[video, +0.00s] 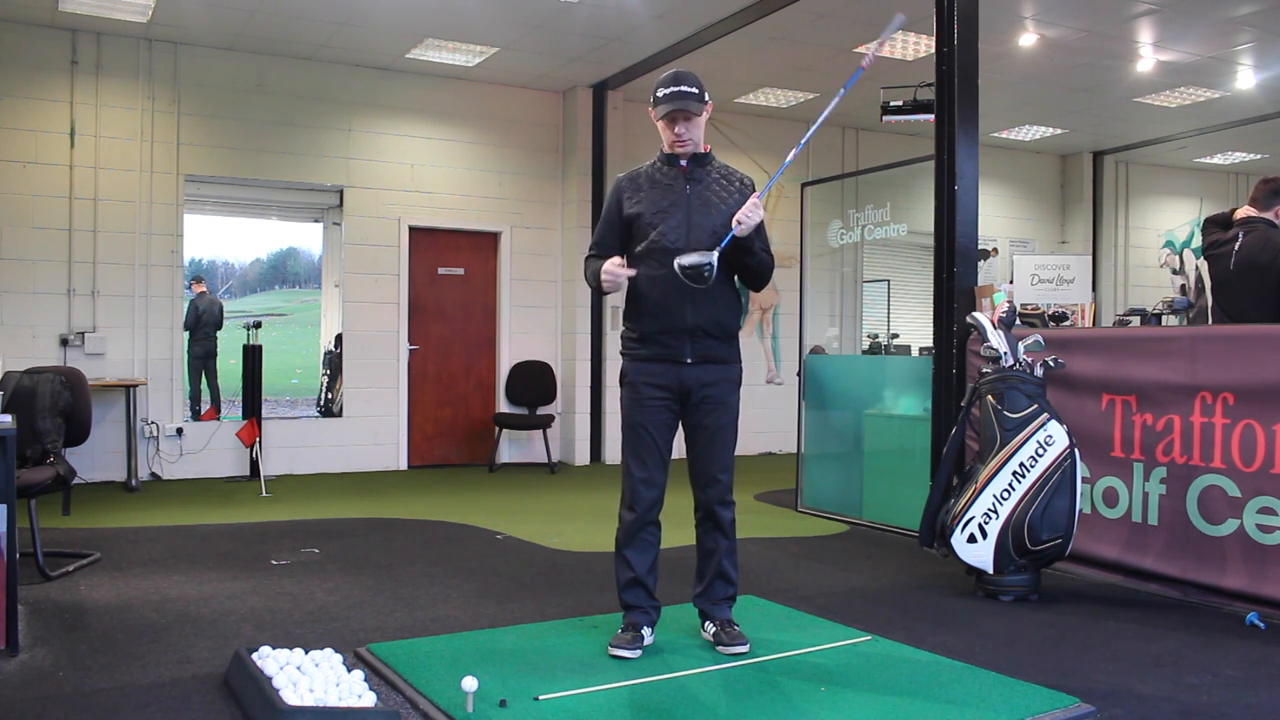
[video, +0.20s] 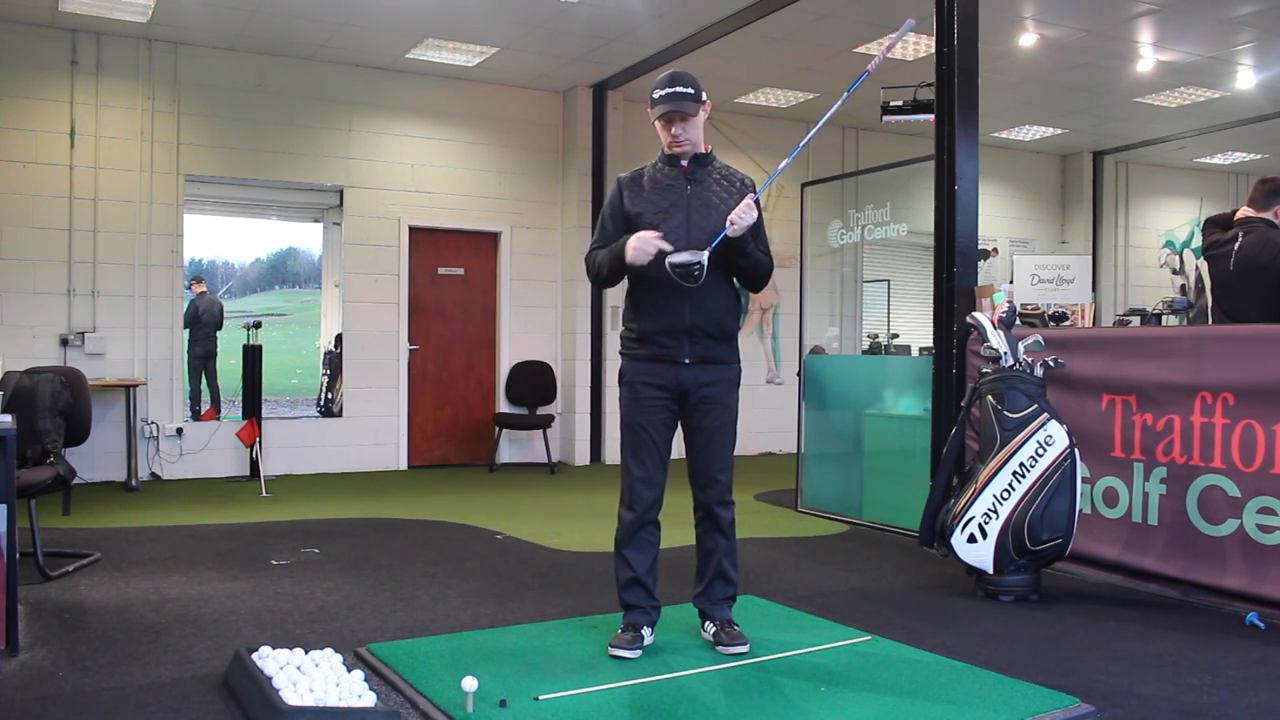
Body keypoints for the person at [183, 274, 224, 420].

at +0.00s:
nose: (191, 289)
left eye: (192, 287)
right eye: (191, 287)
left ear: (196, 286)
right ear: (204, 285)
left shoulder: (195, 302)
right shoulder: (217, 302)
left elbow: (188, 325)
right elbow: (219, 325)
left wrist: (185, 325)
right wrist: (207, 324)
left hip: (196, 344)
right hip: (211, 343)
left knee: (195, 382)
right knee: (212, 381)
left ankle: (195, 414)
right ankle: (216, 412)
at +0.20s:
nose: (191, 289)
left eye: (192, 287)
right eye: (191, 287)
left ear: (197, 286)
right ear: (204, 285)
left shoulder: (195, 302)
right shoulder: (217, 302)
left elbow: (186, 323)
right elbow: (219, 326)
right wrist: (207, 322)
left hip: (196, 344)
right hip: (211, 343)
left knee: (195, 382)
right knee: (212, 381)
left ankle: (195, 414)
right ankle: (216, 412)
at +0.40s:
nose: (191, 289)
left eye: (192, 286)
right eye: (191, 287)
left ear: (197, 285)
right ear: (204, 285)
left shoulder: (195, 302)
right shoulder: (217, 302)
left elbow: (185, 321)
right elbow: (219, 326)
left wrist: (193, 324)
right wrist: (204, 325)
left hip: (196, 344)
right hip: (211, 344)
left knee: (195, 382)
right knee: (212, 381)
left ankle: (195, 414)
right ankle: (216, 412)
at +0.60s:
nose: (191, 289)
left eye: (192, 286)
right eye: (191, 287)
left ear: (197, 285)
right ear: (204, 285)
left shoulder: (195, 302)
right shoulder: (217, 302)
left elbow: (186, 323)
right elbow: (219, 326)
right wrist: (207, 323)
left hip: (196, 344)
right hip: (211, 344)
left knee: (195, 382)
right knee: (212, 381)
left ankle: (195, 414)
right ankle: (216, 412)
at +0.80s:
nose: (191, 288)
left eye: (192, 285)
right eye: (191, 285)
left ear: (198, 285)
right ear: (205, 285)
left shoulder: (195, 302)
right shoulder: (217, 302)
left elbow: (187, 324)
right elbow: (220, 325)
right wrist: (208, 323)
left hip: (196, 344)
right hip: (211, 343)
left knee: (195, 382)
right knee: (213, 381)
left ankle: (195, 414)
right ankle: (216, 412)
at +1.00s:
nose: (191, 288)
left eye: (193, 285)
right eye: (191, 285)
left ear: (199, 285)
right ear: (205, 285)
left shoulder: (195, 302)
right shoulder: (217, 302)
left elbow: (188, 326)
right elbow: (220, 325)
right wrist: (208, 323)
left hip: (196, 344)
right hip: (211, 343)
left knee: (195, 382)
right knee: (213, 381)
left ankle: (195, 414)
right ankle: (216, 412)